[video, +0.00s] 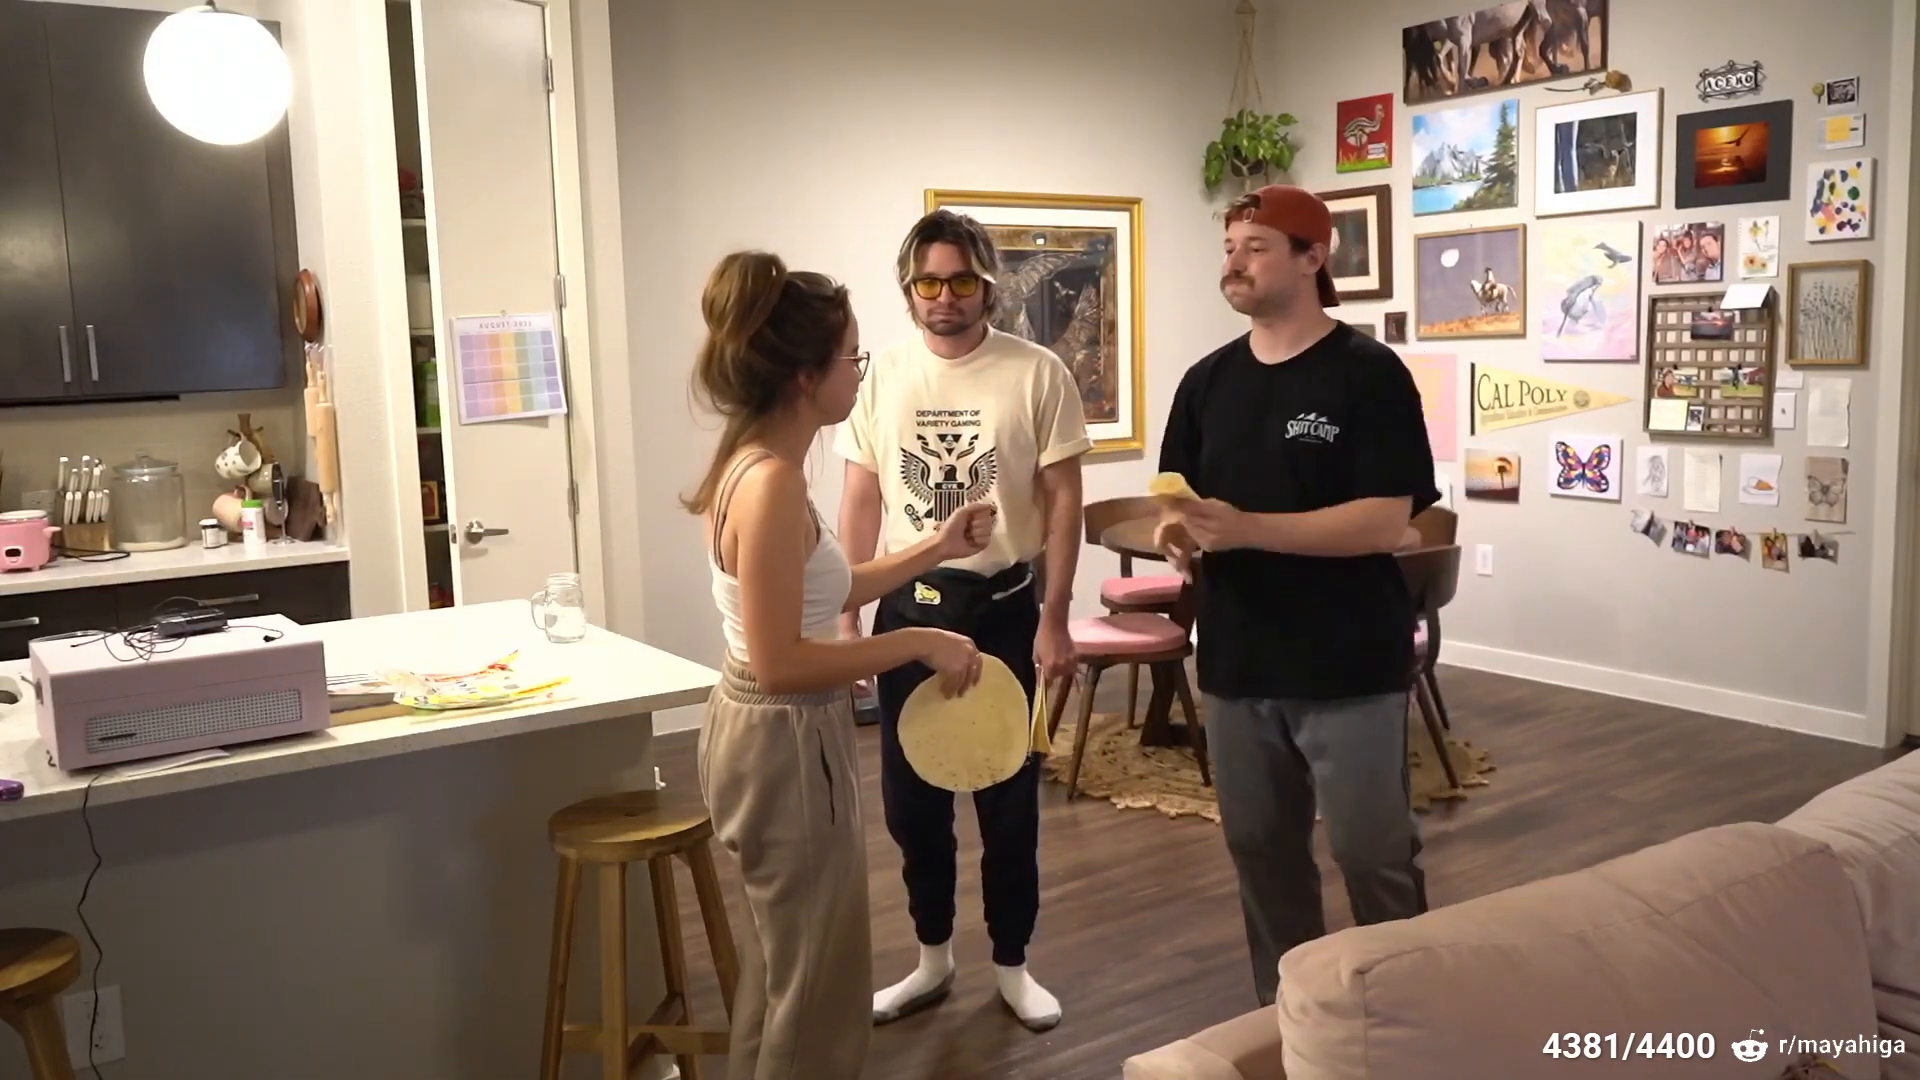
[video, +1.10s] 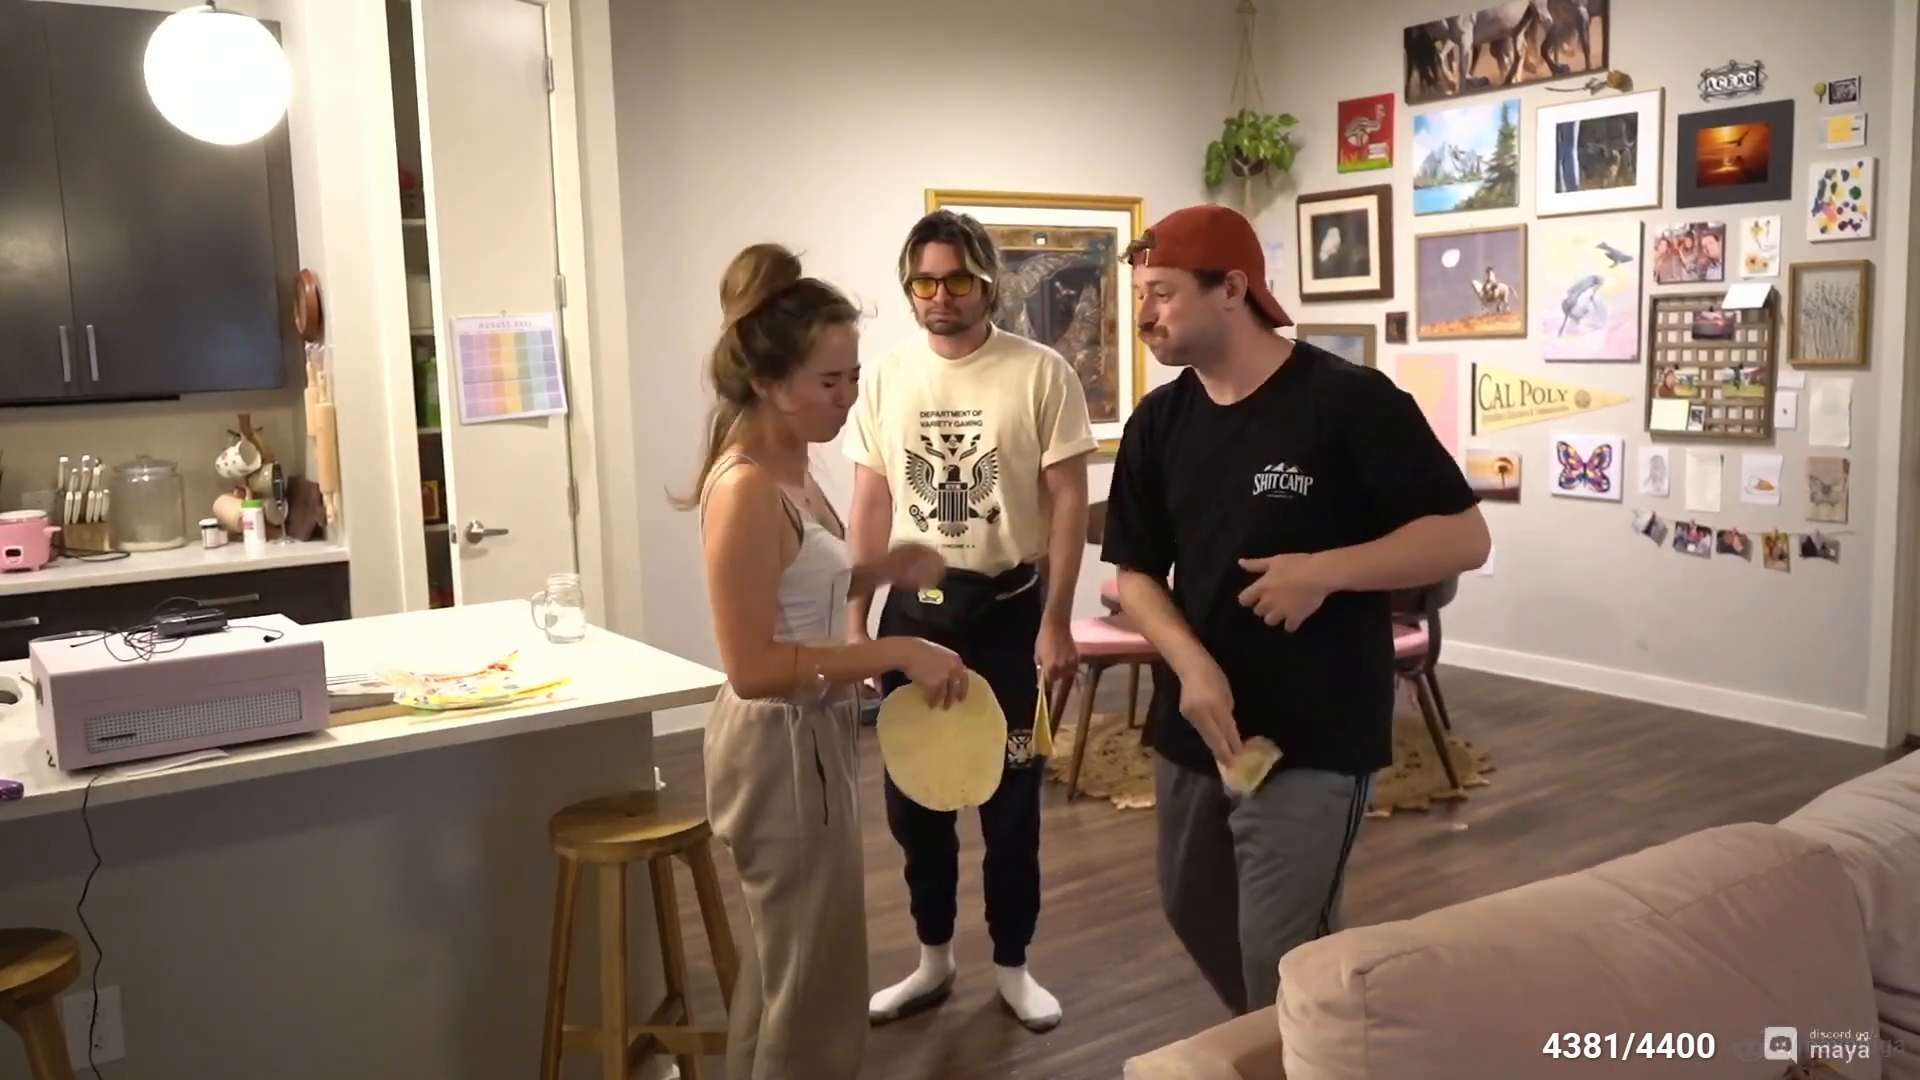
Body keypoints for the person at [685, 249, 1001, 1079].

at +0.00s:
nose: (861, 371)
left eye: (857, 356)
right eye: (852, 359)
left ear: (795, 377)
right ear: (805, 376)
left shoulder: (753, 468)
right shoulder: (770, 482)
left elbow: (823, 592)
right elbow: (780, 665)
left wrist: (937, 546)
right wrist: (924, 646)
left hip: (761, 730)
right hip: (785, 744)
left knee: (781, 968)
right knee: (815, 978)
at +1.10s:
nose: (849, 395)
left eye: (853, 376)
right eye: (833, 381)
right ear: (770, 383)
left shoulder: (795, 465)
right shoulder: (745, 486)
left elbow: (802, 591)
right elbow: (753, 668)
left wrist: (885, 564)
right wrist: (898, 652)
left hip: (809, 735)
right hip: (777, 749)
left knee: (806, 970)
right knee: (805, 982)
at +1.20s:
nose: (796, 413)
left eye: (812, 390)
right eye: (774, 394)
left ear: (831, 377)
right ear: (734, 384)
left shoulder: (804, 462)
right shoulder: (723, 479)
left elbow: (883, 555)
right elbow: (749, 649)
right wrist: (895, 623)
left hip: (820, 724)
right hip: (771, 737)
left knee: (837, 971)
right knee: (822, 981)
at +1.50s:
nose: (704, 431)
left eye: (719, 406)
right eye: (683, 415)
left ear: (768, 395)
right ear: (666, 415)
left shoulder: (816, 462)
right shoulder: (665, 497)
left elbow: (831, 621)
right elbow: (669, 660)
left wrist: (765, 491)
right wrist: (783, 649)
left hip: (817, 731)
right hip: (715, 743)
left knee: (826, 988)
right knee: (774, 1010)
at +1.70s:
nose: (616, 488)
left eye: (634, 463)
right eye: (603, 466)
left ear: (703, 451)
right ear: (595, 457)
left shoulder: (777, 497)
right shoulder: (617, 534)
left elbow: (759, 670)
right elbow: (625, 682)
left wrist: (698, 541)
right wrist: (689, 710)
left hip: (804, 753)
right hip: (688, 764)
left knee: (813, 1005)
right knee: (712, 1030)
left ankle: (799, 1076)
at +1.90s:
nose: (538, 583)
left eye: (551, 562)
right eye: (524, 563)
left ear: (624, 540)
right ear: (515, 544)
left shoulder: (715, 559)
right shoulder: (558, 595)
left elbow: (704, 740)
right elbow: (592, 722)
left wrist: (629, 624)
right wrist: (606, 803)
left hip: (783, 766)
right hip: (670, 770)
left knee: (812, 1036)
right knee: (668, 1040)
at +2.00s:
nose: (515, 637)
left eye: (525, 615)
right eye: (502, 618)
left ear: (597, 586)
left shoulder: (703, 591)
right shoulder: (546, 627)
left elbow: (728, 766)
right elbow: (563, 750)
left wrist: (617, 671)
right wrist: (557, 847)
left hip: (772, 789)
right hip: (653, 791)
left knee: (806, 1047)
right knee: (643, 1040)